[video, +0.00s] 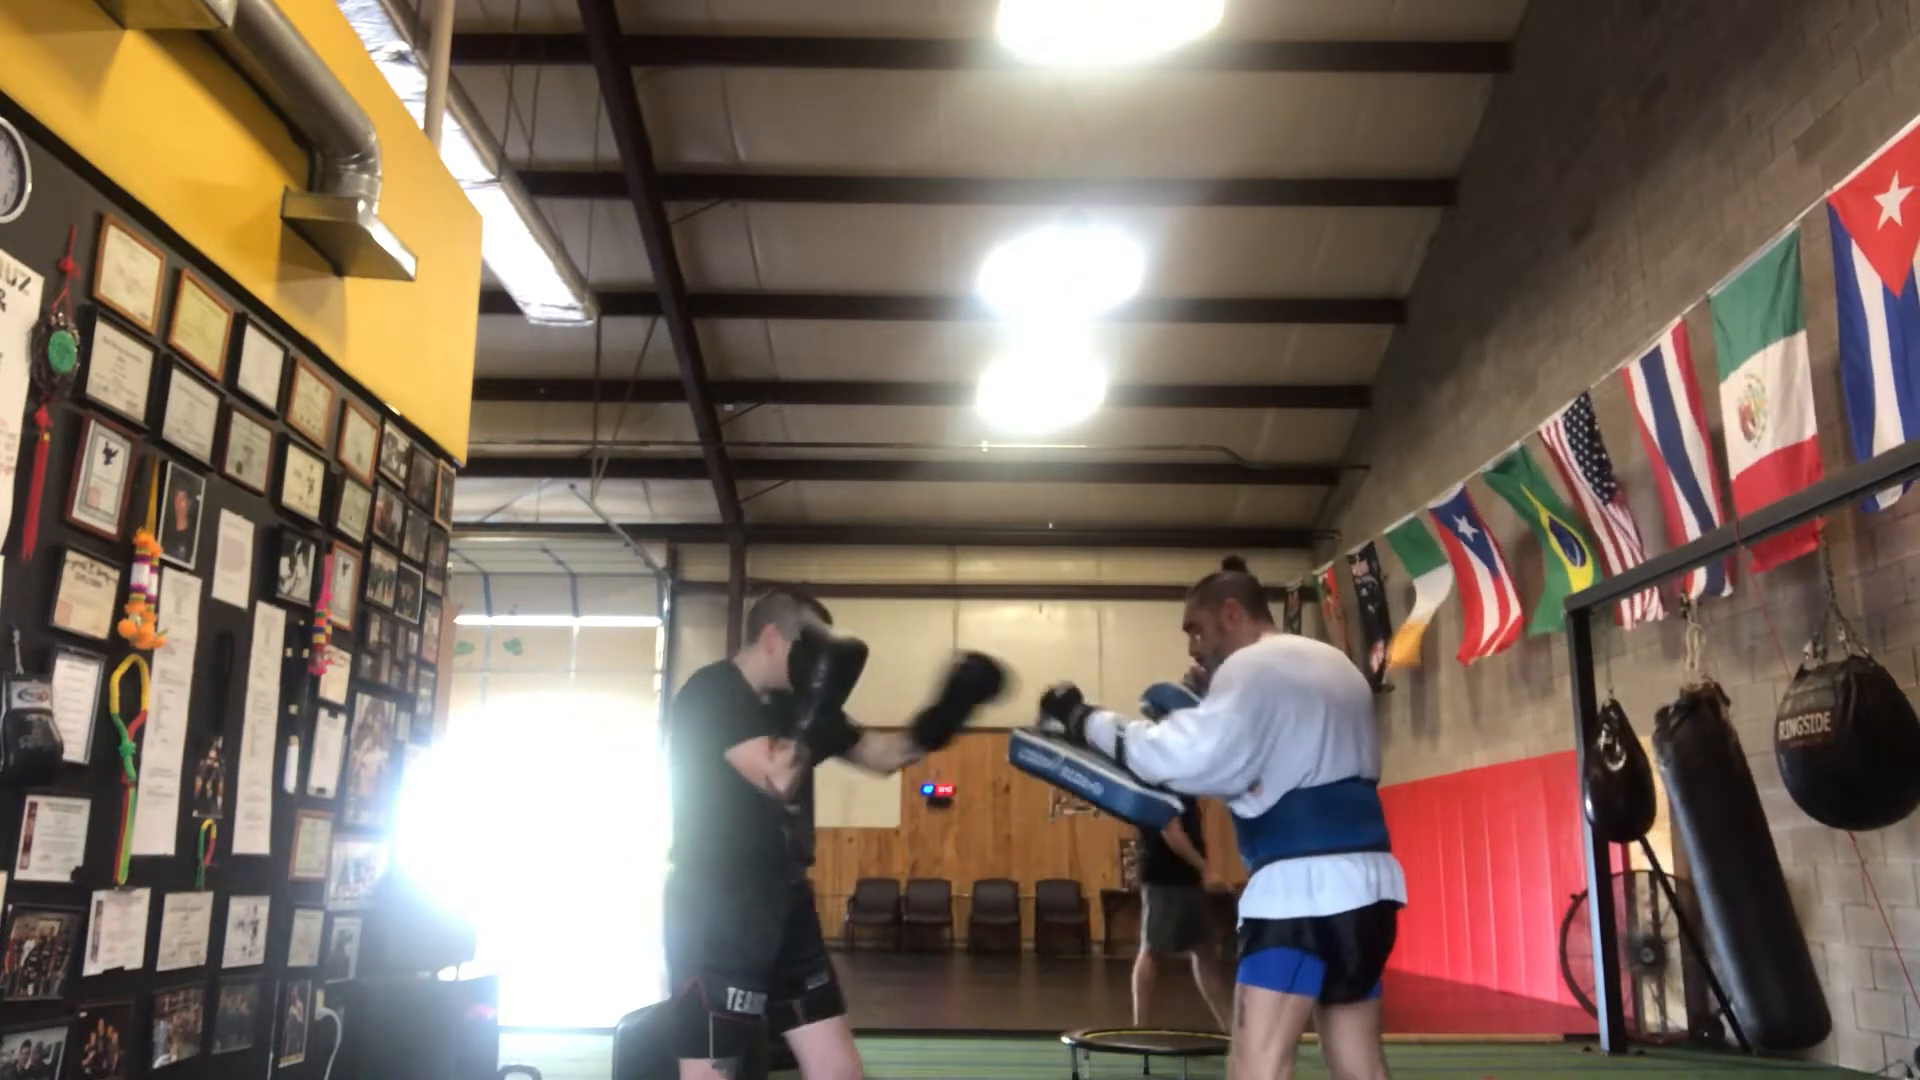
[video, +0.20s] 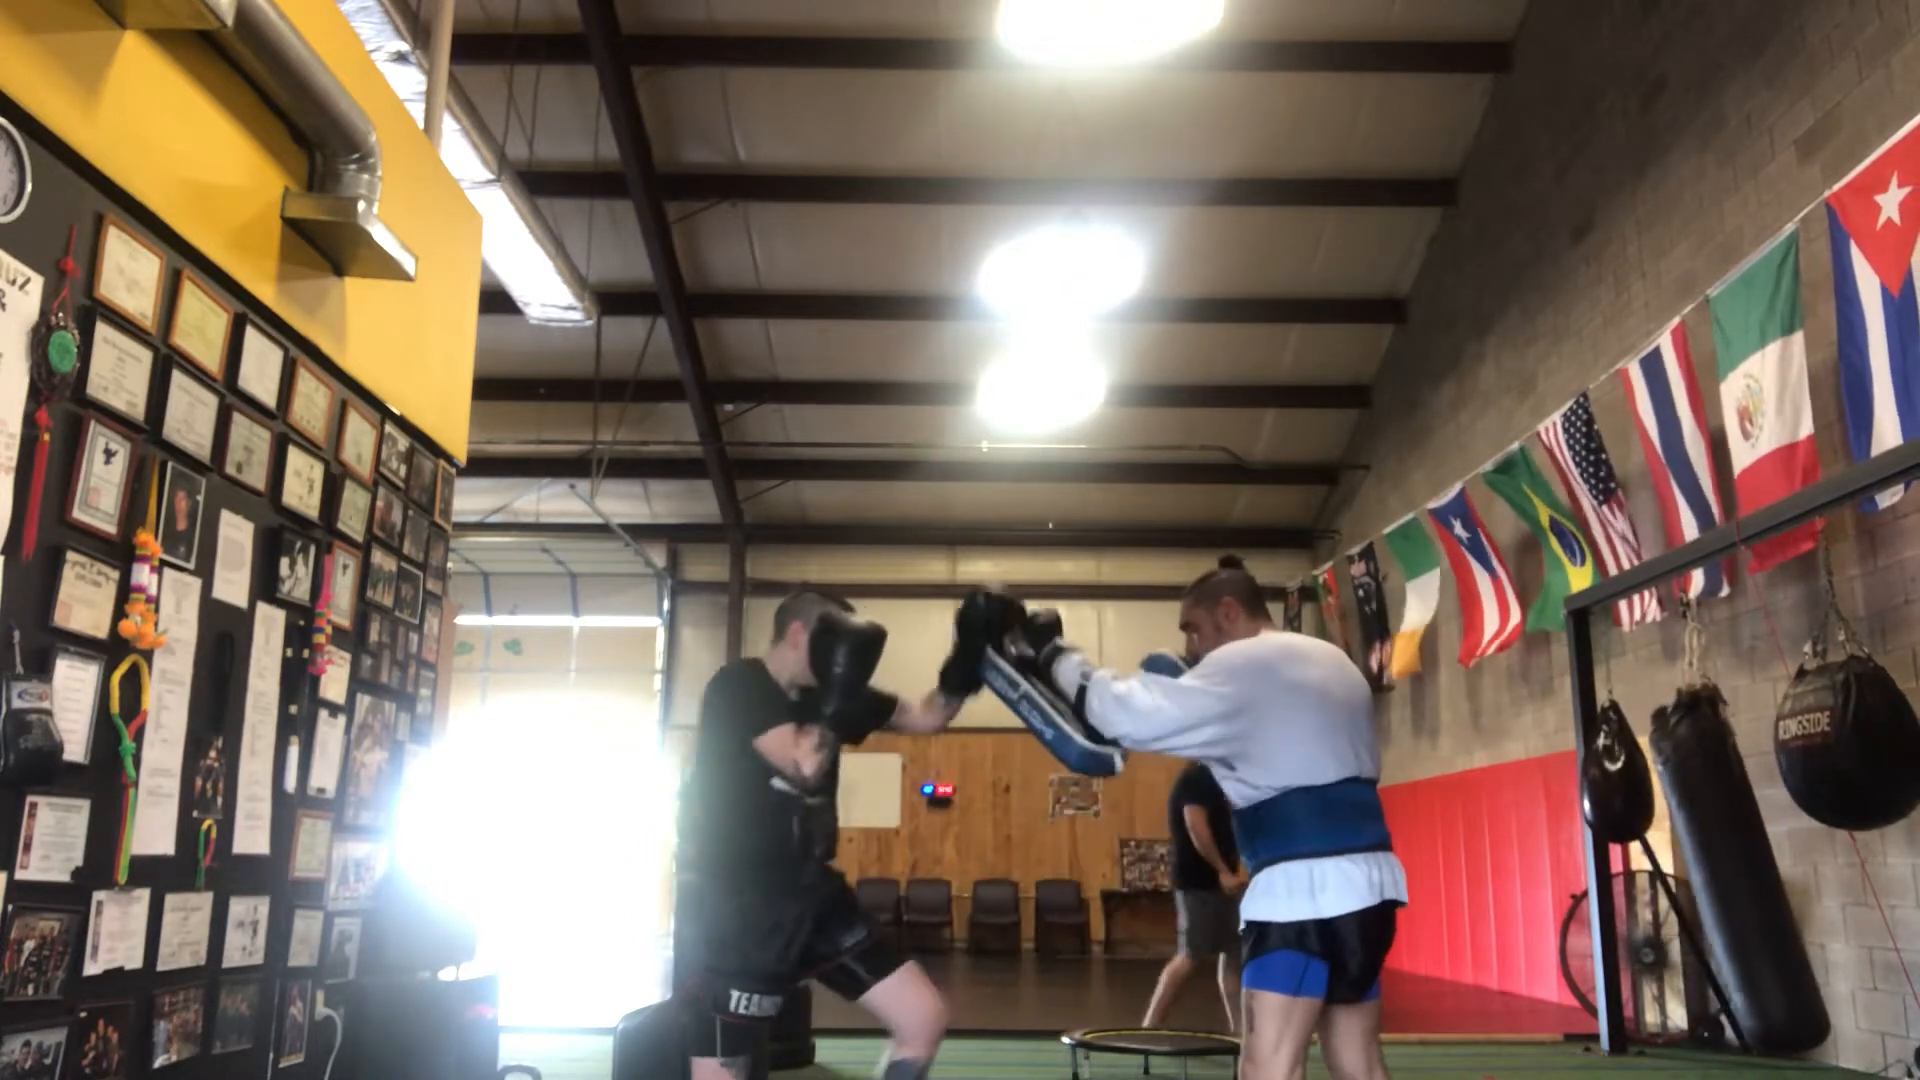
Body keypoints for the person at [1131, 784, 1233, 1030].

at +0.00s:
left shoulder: (1188, 788)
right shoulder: (1161, 784)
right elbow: (1172, 833)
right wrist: (1204, 868)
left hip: (1188, 880)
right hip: (1161, 880)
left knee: (1204, 952)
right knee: (1150, 952)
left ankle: (1231, 1027)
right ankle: (1142, 1029)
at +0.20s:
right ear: (1212, 742)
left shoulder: (1222, 779)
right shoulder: (1196, 778)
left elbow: (1224, 830)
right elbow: (1197, 829)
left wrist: (1235, 869)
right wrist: (1223, 871)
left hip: (1222, 882)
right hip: (1196, 883)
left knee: (1232, 956)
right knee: (1191, 954)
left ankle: (1240, 1031)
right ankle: (1150, 1026)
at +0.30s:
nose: (1233, 747)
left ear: (1209, 746)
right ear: (1216, 744)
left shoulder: (1217, 776)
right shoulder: (1208, 775)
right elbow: (1206, 823)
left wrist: (1230, 865)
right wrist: (1228, 866)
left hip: (1217, 878)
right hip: (1206, 879)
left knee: (1230, 955)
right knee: (1223, 949)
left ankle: (1240, 1030)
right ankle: (1170, 1012)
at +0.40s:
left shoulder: (1218, 777)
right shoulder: (1215, 776)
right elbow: (1212, 813)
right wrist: (1233, 855)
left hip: (1217, 872)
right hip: (1218, 873)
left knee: (1231, 946)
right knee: (1235, 945)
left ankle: (1239, 1020)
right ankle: (1205, 1013)